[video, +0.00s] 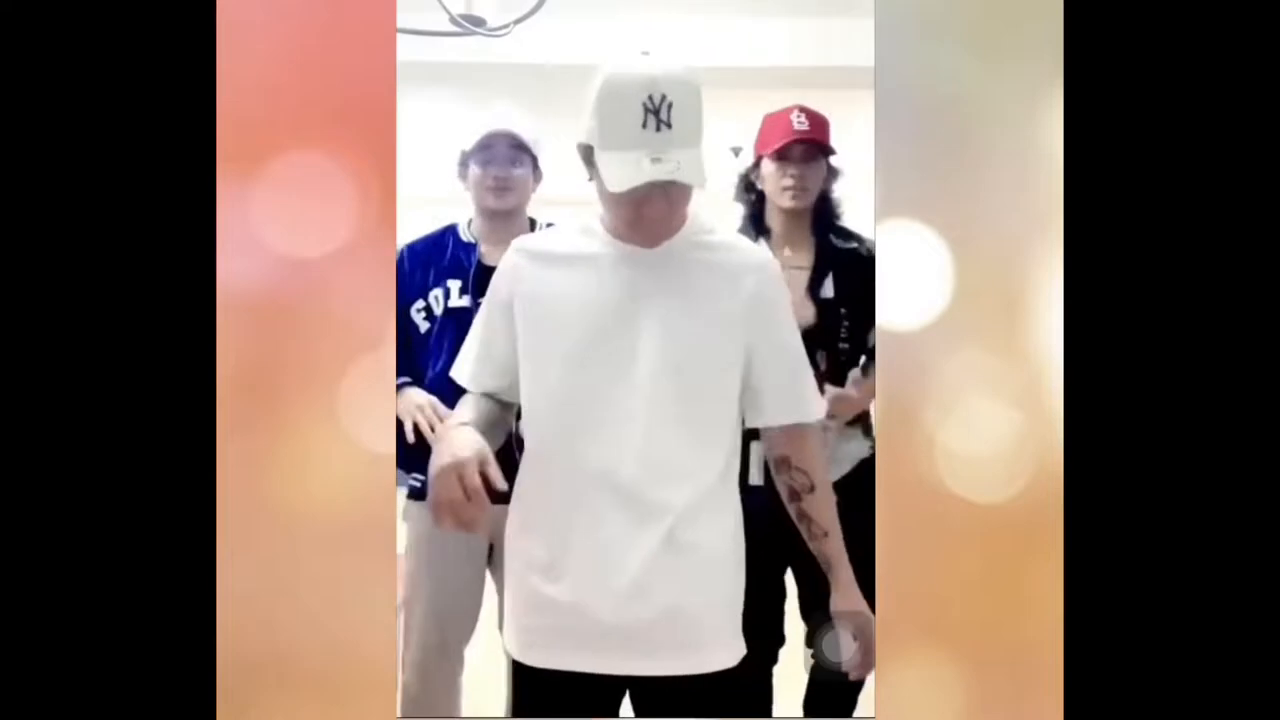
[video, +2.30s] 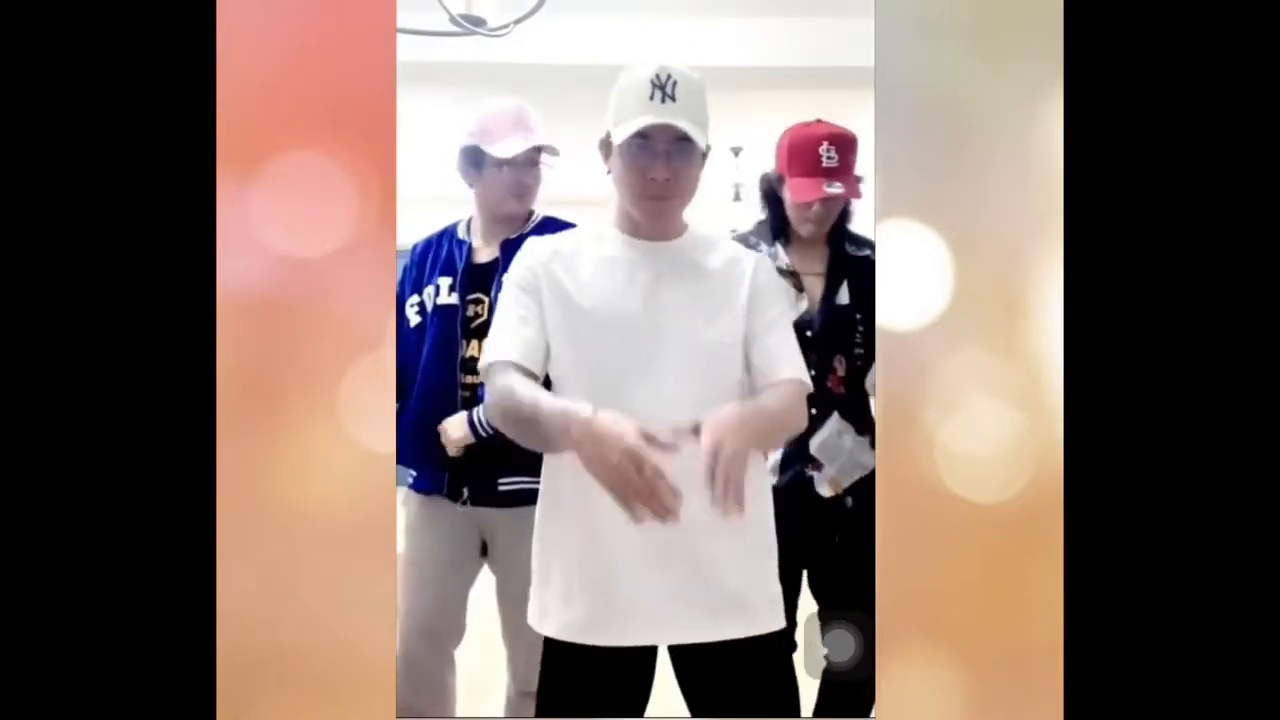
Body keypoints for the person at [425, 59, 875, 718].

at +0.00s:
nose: (660, 206)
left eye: (676, 184)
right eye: (637, 187)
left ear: (698, 159)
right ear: (590, 164)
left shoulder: (745, 272)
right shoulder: (532, 266)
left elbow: (794, 449)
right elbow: (491, 398)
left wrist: (844, 585)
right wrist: (457, 434)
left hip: (698, 628)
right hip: (558, 624)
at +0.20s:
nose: (640, 198)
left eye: (657, 175)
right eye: (618, 176)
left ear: (682, 148)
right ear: (578, 153)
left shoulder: (737, 261)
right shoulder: (524, 261)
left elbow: (768, 429)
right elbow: (495, 404)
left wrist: (808, 555)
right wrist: (450, 502)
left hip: (707, 600)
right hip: (570, 604)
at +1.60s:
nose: (642, 172)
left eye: (661, 153)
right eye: (623, 152)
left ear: (693, 161)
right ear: (592, 160)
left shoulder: (753, 280)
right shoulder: (545, 279)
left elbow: (811, 425)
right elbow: (498, 413)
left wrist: (763, 494)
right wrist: (520, 491)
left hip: (713, 610)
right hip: (573, 607)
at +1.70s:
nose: (637, 162)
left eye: (658, 143)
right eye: (620, 141)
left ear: (690, 153)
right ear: (592, 150)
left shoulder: (750, 264)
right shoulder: (550, 261)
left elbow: (781, 414)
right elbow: (514, 409)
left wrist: (733, 393)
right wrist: (551, 382)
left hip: (712, 582)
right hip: (580, 579)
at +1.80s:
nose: (637, 146)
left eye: (659, 128)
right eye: (619, 126)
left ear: (688, 139)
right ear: (590, 136)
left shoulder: (739, 239)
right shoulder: (554, 241)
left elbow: (749, 380)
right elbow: (526, 375)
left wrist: (717, 298)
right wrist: (568, 307)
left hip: (712, 562)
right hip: (583, 561)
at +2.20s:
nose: (655, 154)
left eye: (675, 135)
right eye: (636, 133)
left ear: (700, 147)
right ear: (603, 140)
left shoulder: (745, 251)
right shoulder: (548, 251)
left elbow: (787, 381)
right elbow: (512, 385)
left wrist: (739, 329)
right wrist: (570, 342)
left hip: (722, 571)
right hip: (594, 573)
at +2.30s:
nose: (660, 168)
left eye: (680, 148)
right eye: (641, 147)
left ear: (704, 160)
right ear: (607, 156)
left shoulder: (748, 275)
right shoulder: (548, 264)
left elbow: (792, 396)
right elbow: (501, 393)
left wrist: (747, 422)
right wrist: (583, 429)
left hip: (728, 588)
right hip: (594, 589)